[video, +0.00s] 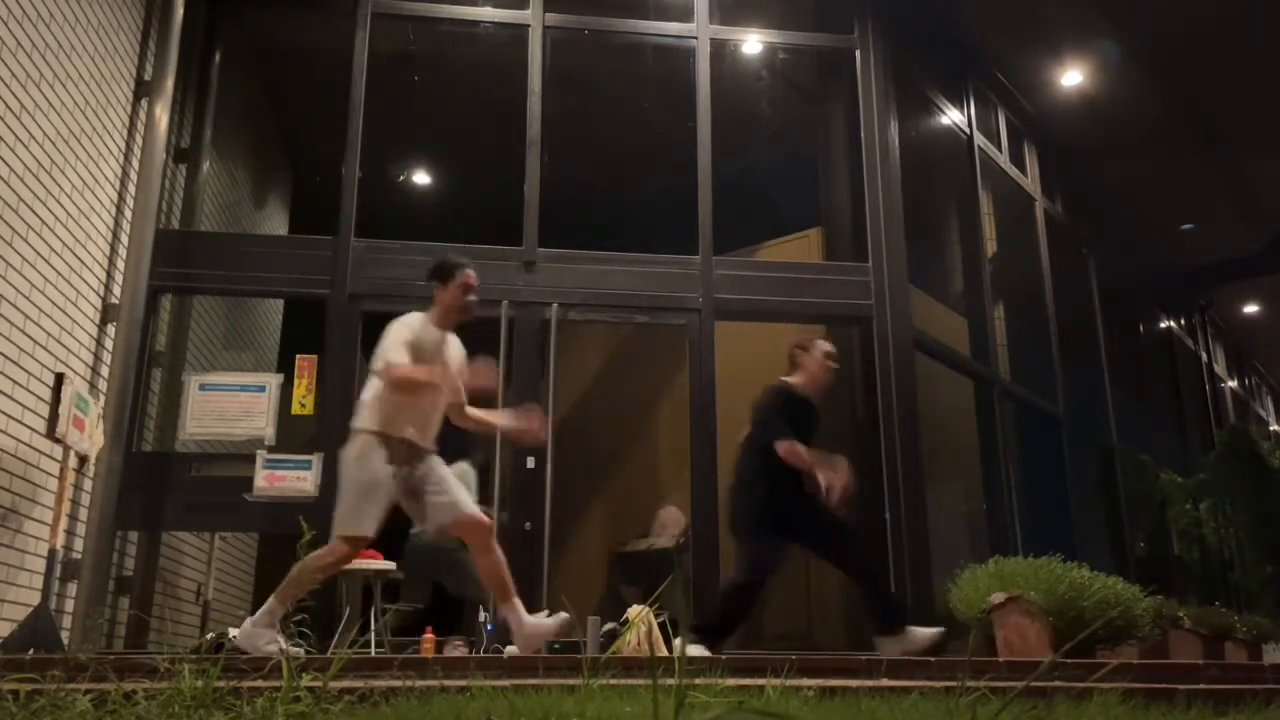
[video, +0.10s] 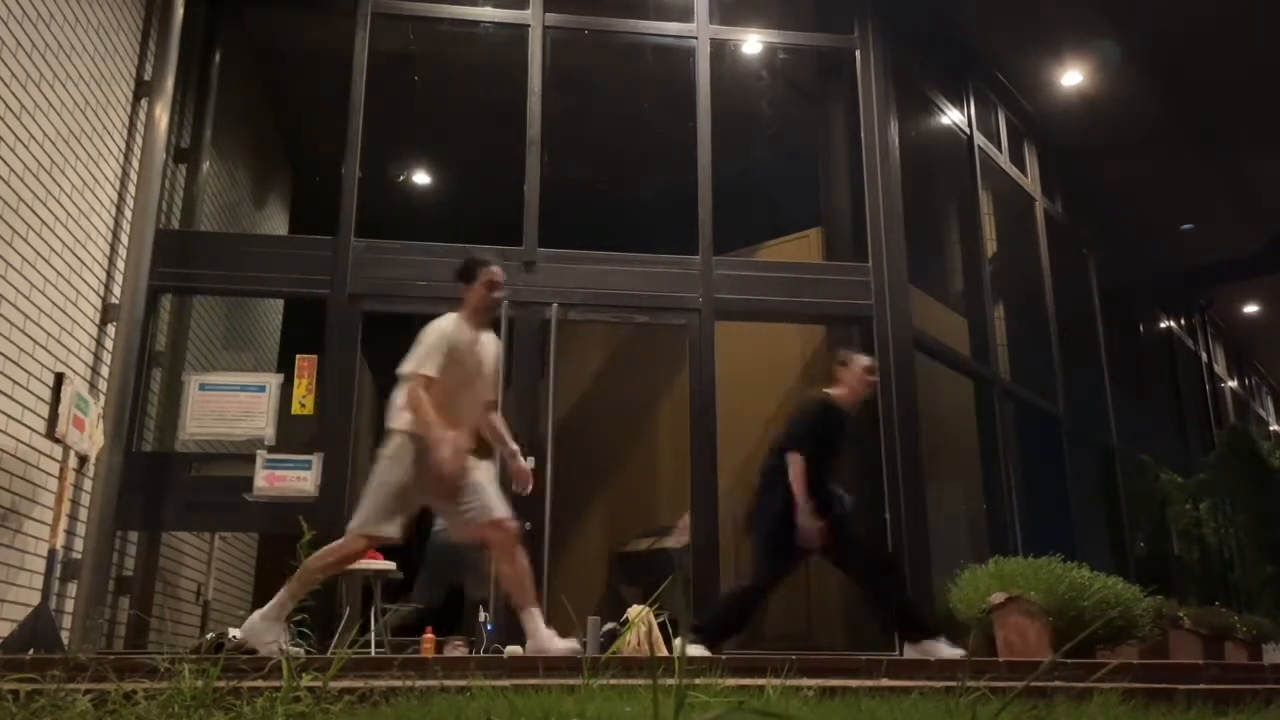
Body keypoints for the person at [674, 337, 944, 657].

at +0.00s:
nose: (834, 366)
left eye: (835, 360)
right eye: (827, 358)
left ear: (810, 363)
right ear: (802, 358)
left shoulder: (807, 407)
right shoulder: (779, 398)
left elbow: (798, 453)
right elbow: (785, 447)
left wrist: (835, 467)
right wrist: (824, 466)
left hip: (792, 504)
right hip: (761, 505)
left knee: (855, 552)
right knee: (751, 577)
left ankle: (891, 632)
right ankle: (699, 641)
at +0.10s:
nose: (871, 380)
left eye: (873, 373)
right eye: (865, 371)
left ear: (859, 377)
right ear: (841, 371)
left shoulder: (849, 417)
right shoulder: (820, 407)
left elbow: (819, 465)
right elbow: (795, 455)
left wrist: (835, 505)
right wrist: (804, 510)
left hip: (821, 508)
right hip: (785, 506)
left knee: (873, 568)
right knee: (764, 580)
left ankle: (918, 636)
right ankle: (701, 639)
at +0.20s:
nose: (912, 377)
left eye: (912, 371)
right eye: (905, 370)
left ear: (903, 380)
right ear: (881, 374)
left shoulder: (885, 419)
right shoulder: (856, 405)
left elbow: (871, 469)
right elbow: (812, 433)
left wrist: (880, 500)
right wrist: (781, 472)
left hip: (856, 507)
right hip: (813, 503)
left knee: (899, 559)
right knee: (764, 566)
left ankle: (921, 637)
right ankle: (705, 631)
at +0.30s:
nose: (931, 364)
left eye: (933, 358)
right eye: (924, 355)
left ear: (929, 368)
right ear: (902, 360)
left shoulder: (910, 413)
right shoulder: (876, 388)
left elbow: (892, 470)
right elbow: (824, 400)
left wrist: (915, 477)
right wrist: (783, 431)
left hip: (862, 494)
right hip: (821, 483)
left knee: (897, 557)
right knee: (768, 538)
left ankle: (920, 638)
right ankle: (706, 594)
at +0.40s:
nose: (933, 345)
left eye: (937, 341)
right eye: (925, 338)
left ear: (940, 354)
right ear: (905, 347)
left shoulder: (927, 407)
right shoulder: (882, 370)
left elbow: (917, 458)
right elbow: (830, 383)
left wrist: (942, 445)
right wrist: (791, 411)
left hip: (876, 488)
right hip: (837, 473)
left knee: (899, 558)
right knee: (774, 518)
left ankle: (919, 638)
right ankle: (699, 541)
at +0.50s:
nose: (929, 334)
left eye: (933, 329)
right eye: (921, 328)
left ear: (938, 341)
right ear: (905, 338)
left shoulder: (934, 386)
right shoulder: (888, 360)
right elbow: (834, 378)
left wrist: (951, 409)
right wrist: (796, 409)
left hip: (892, 478)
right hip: (851, 463)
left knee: (916, 547)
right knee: (799, 504)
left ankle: (920, 638)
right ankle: (723, 504)